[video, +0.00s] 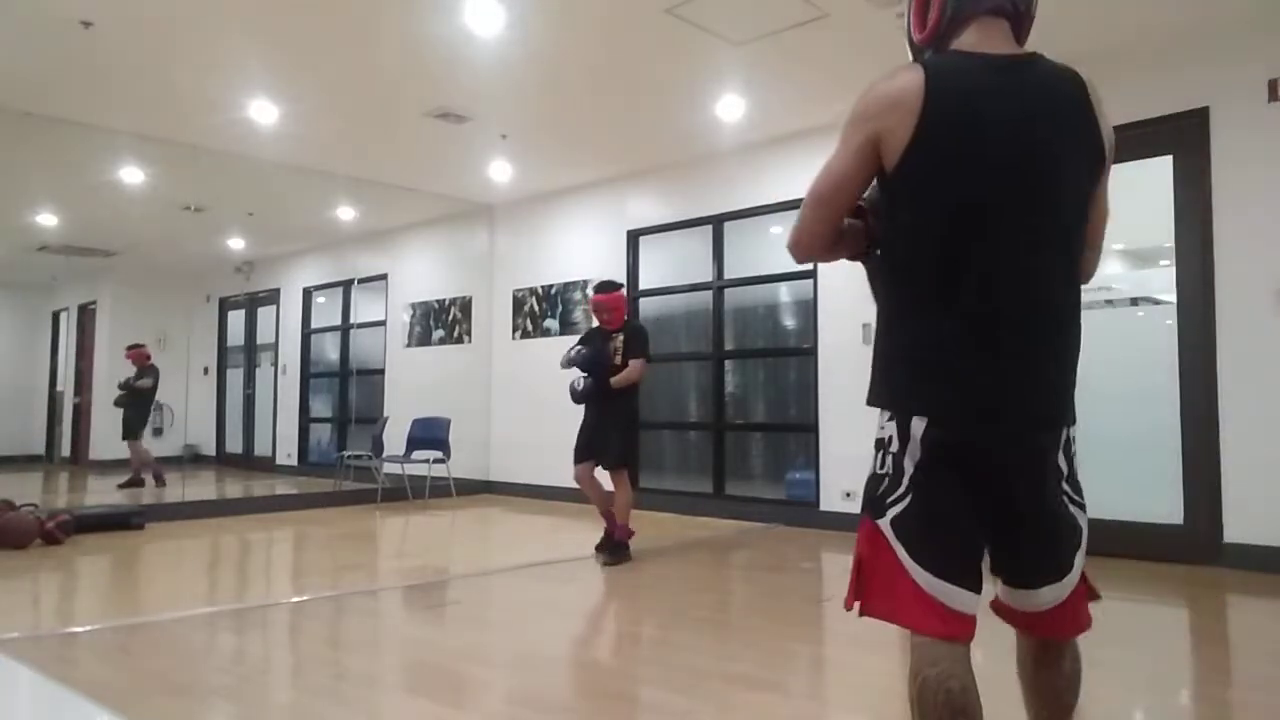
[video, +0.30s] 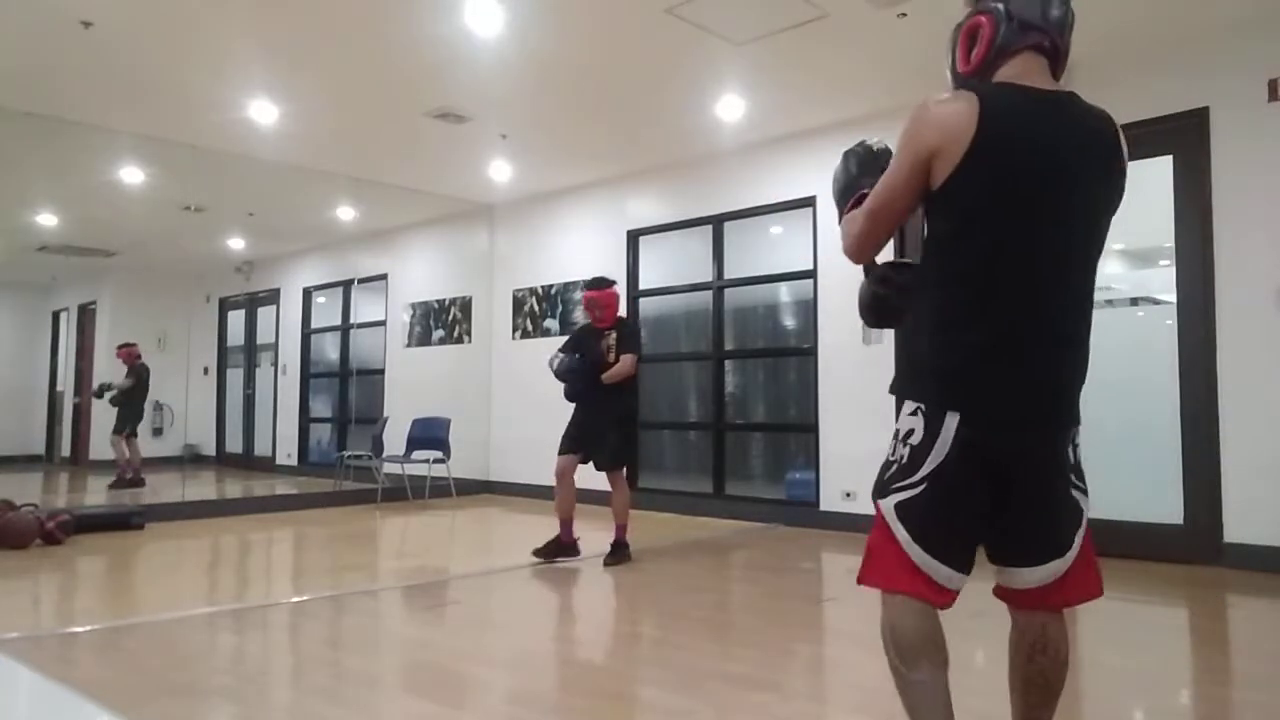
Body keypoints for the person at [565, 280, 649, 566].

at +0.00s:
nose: (603, 317)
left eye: (608, 311)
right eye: (598, 311)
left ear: (621, 307)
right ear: (594, 310)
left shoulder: (634, 332)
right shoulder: (593, 334)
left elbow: (635, 372)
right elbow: (570, 359)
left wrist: (602, 385)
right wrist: (575, 357)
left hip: (621, 413)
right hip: (595, 412)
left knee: (620, 476)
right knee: (582, 473)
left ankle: (621, 540)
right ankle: (614, 526)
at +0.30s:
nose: (594, 312)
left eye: (599, 306)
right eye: (590, 306)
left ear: (613, 303)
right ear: (585, 305)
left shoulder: (627, 329)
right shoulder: (583, 332)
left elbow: (627, 366)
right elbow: (556, 359)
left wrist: (593, 381)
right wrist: (566, 369)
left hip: (616, 412)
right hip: (585, 411)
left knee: (616, 476)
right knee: (563, 470)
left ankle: (620, 543)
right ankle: (566, 539)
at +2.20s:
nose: (559, 292)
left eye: (566, 285)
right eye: (552, 286)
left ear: (578, 288)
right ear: (542, 288)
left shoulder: (587, 321)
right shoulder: (527, 323)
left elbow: (598, 358)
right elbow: (509, 367)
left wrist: (575, 337)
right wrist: (534, 362)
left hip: (575, 415)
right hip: (537, 414)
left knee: (571, 487)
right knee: (532, 484)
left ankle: (573, 556)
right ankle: (526, 570)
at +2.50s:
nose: (545, 282)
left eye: (552, 275)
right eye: (536, 275)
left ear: (562, 278)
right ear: (523, 279)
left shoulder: (571, 310)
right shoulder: (509, 313)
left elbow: (595, 341)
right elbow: (478, 341)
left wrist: (574, 334)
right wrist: (509, 330)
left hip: (562, 410)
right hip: (522, 411)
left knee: (572, 490)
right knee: (524, 488)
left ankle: (563, 541)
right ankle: (525, 570)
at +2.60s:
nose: (543, 279)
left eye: (550, 271)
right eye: (534, 272)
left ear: (560, 274)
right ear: (522, 275)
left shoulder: (569, 310)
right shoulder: (506, 311)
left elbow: (602, 333)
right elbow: (468, 328)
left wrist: (638, 344)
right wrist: (438, 332)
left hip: (562, 411)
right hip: (521, 412)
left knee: (571, 486)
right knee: (523, 488)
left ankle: (567, 556)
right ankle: (525, 571)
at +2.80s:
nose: (553, 268)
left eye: (560, 262)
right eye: (544, 260)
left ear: (568, 268)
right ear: (529, 266)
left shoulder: (575, 307)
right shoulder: (510, 303)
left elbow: (601, 337)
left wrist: (633, 356)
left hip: (561, 412)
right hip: (520, 413)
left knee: (568, 489)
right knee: (522, 489)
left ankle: (584, 573)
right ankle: (525, 572)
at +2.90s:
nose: (559, 268)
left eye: (567, 262)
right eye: (551, 260)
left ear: (576, 269)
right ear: (536, 266)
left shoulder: (578, 306)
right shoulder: (519, 301)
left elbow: (578, 351)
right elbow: (504, 345)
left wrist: (583, 369)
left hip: (563, 410)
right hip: (523, 409)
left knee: (570, 491)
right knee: (523, 490)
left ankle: (582, 578)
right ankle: (525, 572)